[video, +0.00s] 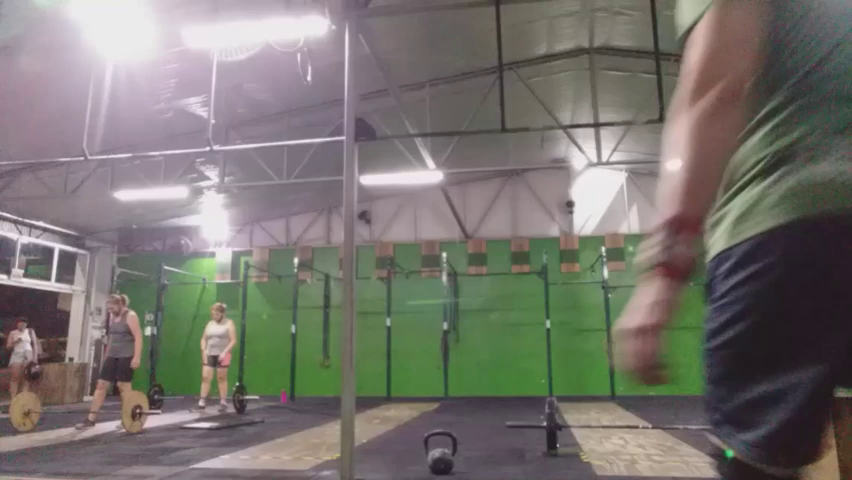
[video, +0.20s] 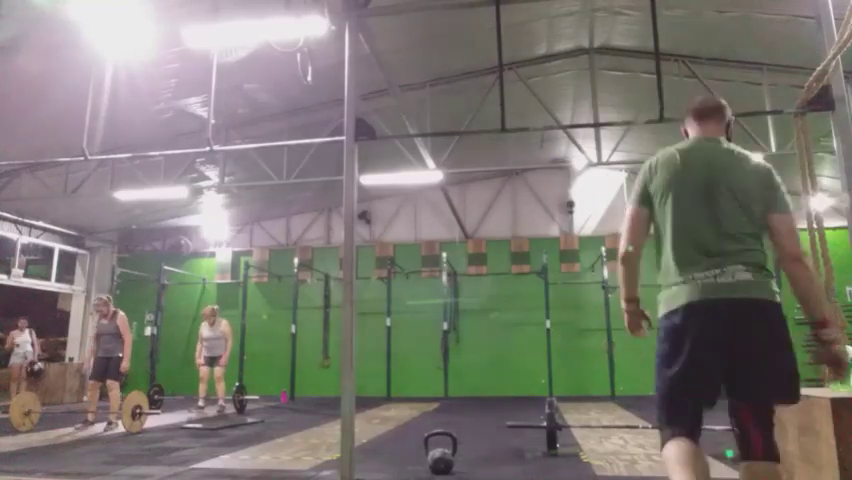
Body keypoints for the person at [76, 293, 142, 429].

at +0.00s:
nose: (111, 311)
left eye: (113, 308)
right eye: (109, 308)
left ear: (120, 305)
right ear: (108, 307)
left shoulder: (130, 316)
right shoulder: (111, 316)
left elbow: (138, 336)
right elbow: (111, 338)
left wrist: (136, 357)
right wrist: (107, 355)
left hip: (126, 356)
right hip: (112, 355)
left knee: (124, 386)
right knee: (101, 385)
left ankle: (128, 419)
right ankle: (91, 418)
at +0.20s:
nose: (99, 313)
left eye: (101, 310)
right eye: (98, 311)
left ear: (108, 306)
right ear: (97, 309)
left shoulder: (119, 316)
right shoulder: (100, 318)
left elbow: (127, 337)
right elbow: (95, 340)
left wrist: (126, 360)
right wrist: (90, 357)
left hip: (116, 356)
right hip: (100, 355)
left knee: (112, 384)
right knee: (93, 384)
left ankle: (113, 419)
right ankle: (90, 417)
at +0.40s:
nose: (91, 311)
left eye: (92, 307)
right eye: (89, 308)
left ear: (100, 304)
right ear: (89, 307)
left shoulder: (112, 314)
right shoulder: (91, 317)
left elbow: (122, 335)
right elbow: (87, 340)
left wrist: (121, 357)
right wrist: (82, 360)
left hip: (110, 355)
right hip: (95, 355)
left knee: (109, 385)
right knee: (87, 385)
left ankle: (112, 419)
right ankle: (82, 419)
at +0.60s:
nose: (89, 319)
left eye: (91, 316)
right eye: (86, 317)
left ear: (97, 312)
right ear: (84, 315)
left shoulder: (107, 319)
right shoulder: (86, 322)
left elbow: (113, 343)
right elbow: (85, 345)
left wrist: (111, 365)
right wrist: (83, 365)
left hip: (114, 356)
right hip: (97, 356)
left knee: (110, 384)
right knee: (83, 383)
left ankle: (112, 420)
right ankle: (80, 419)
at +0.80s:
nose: (86, 333)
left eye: (87, 330)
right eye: (83, 330)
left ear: (94, 325)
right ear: (81, 328)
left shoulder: (105, 331)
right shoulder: (83, 334)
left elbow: (110, 354)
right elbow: (81, 355)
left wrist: (109, 376)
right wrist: (76, 376)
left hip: (118, 361)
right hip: (101, 361)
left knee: (109, 385)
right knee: (80, 385)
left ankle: (112, 420)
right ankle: (80, 420)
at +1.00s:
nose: (83, 320)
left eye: (87, 317)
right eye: (82, 317)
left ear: (95, 318)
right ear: (80, 319)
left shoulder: (104, 330)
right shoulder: (83, 334)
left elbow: (108, 355)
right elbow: (81, 355)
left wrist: (107, 377)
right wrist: (77, 376)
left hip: (118, 361)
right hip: (101, 361)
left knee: (108, 385)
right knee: (81, 384)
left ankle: (112, 420)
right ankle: (80, 420)